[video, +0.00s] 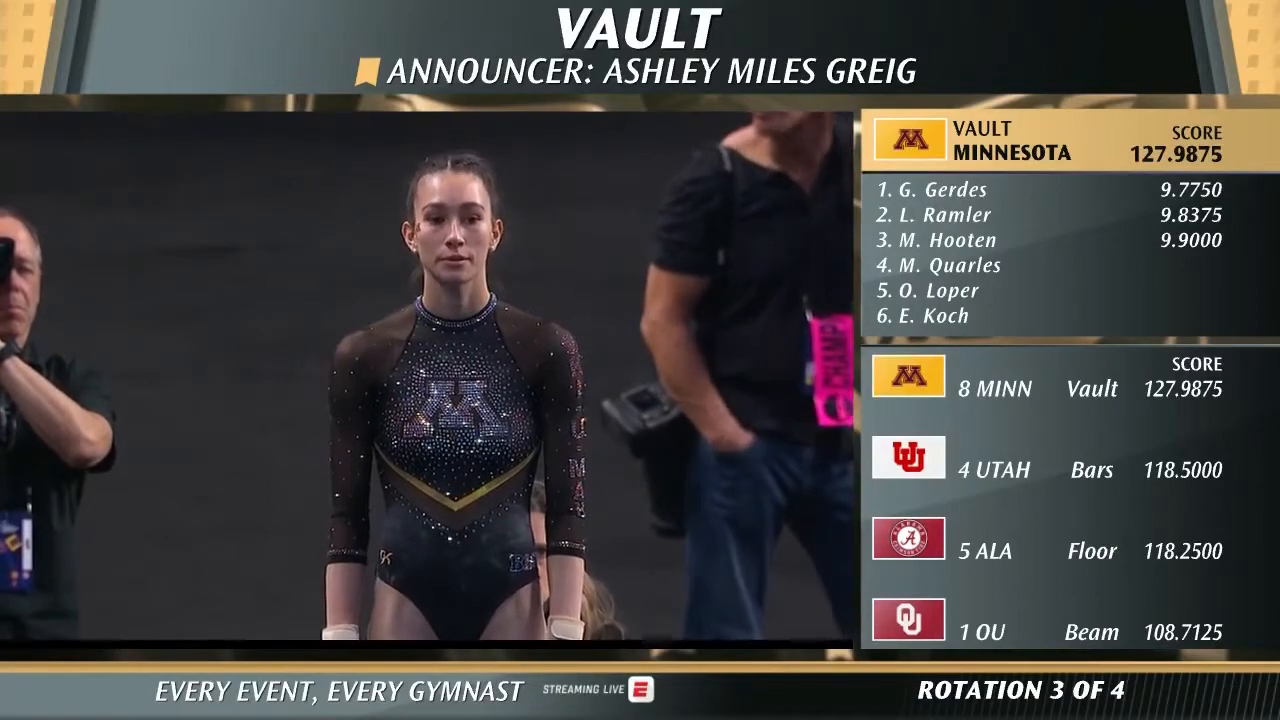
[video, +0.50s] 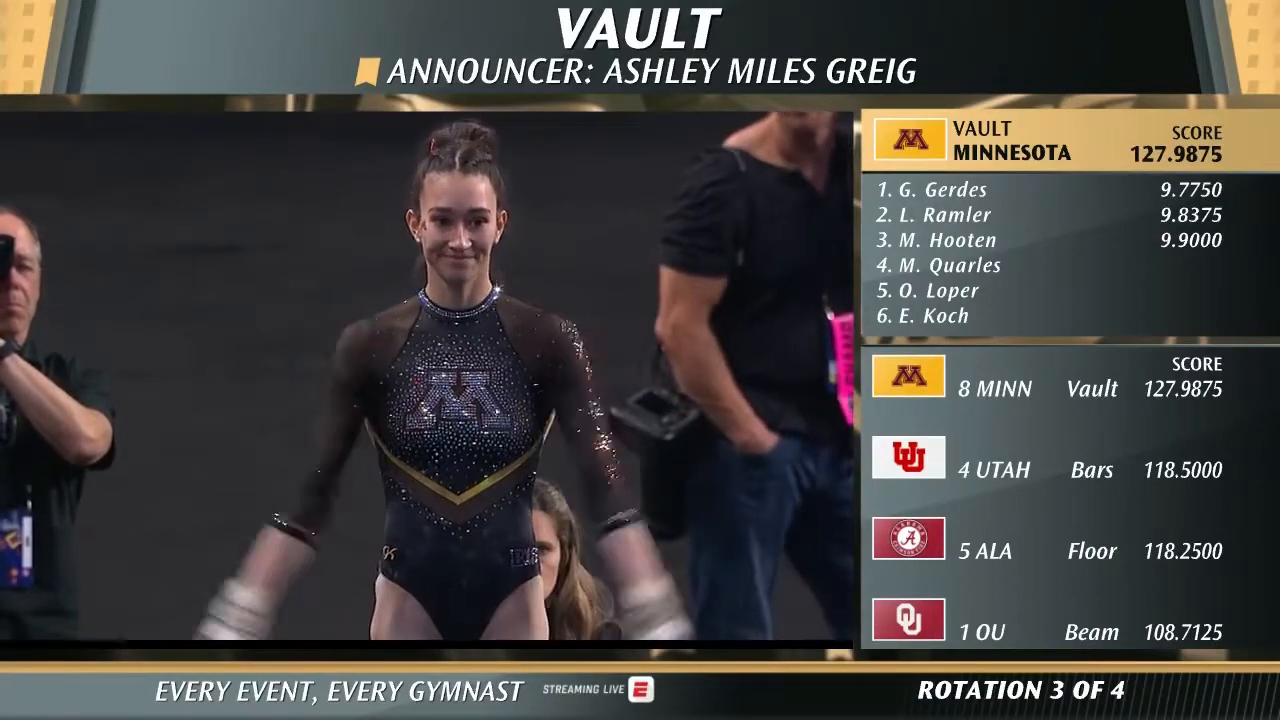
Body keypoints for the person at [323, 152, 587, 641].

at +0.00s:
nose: (454, 234)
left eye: (471, 218)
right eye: (436, 218)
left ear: (495, 233)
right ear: (411, 236)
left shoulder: (547, 350)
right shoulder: (363, 356)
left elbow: (565, 504)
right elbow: (348, 512)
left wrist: (565, 629)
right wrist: (340, 635)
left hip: (513, 586)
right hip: (403, 588)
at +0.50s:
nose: (459, 238)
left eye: (475, 220)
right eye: (443, 220)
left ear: (500, 224)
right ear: (415, 225)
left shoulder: (546, 340)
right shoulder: (369, 345)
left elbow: (602, 482)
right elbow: (318, 488)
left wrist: (654, 616)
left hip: (513, 583)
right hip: (408, 582)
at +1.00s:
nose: (461, 253)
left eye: (478, 233)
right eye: (442, 233)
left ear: (502, 228)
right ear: (413, 229)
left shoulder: (525, 313)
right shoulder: (383, 313)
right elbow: (376, 171)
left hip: (507, 571)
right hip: (406, 571)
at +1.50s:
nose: (451, 255)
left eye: (467, 236)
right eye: (432, 235)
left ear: (487, 226)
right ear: (401, 226)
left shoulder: (530, 341)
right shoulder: (349, 348)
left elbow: (550, 495)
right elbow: (337, 512)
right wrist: (303, 628)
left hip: (503, 588)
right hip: (395, 591)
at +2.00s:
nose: (465, 272)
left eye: (479, 253)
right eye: (448, 252)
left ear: (492, 243)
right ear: (405, 240)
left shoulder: (518, 345)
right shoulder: (340, 351)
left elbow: (546, 491)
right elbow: (320, 498)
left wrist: (533, 619)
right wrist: (312, 626)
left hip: (493, 588)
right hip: (383, 588)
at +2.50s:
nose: (459, 286)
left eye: (472, 266)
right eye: (443, 266)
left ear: (485, 257)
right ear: (398, 254)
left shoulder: (510, 357)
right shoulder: (329, 361)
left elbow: (542, 516)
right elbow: (307, 522)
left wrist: (564, 633)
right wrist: (282, 638)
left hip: (476, 595)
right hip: (366, 593)